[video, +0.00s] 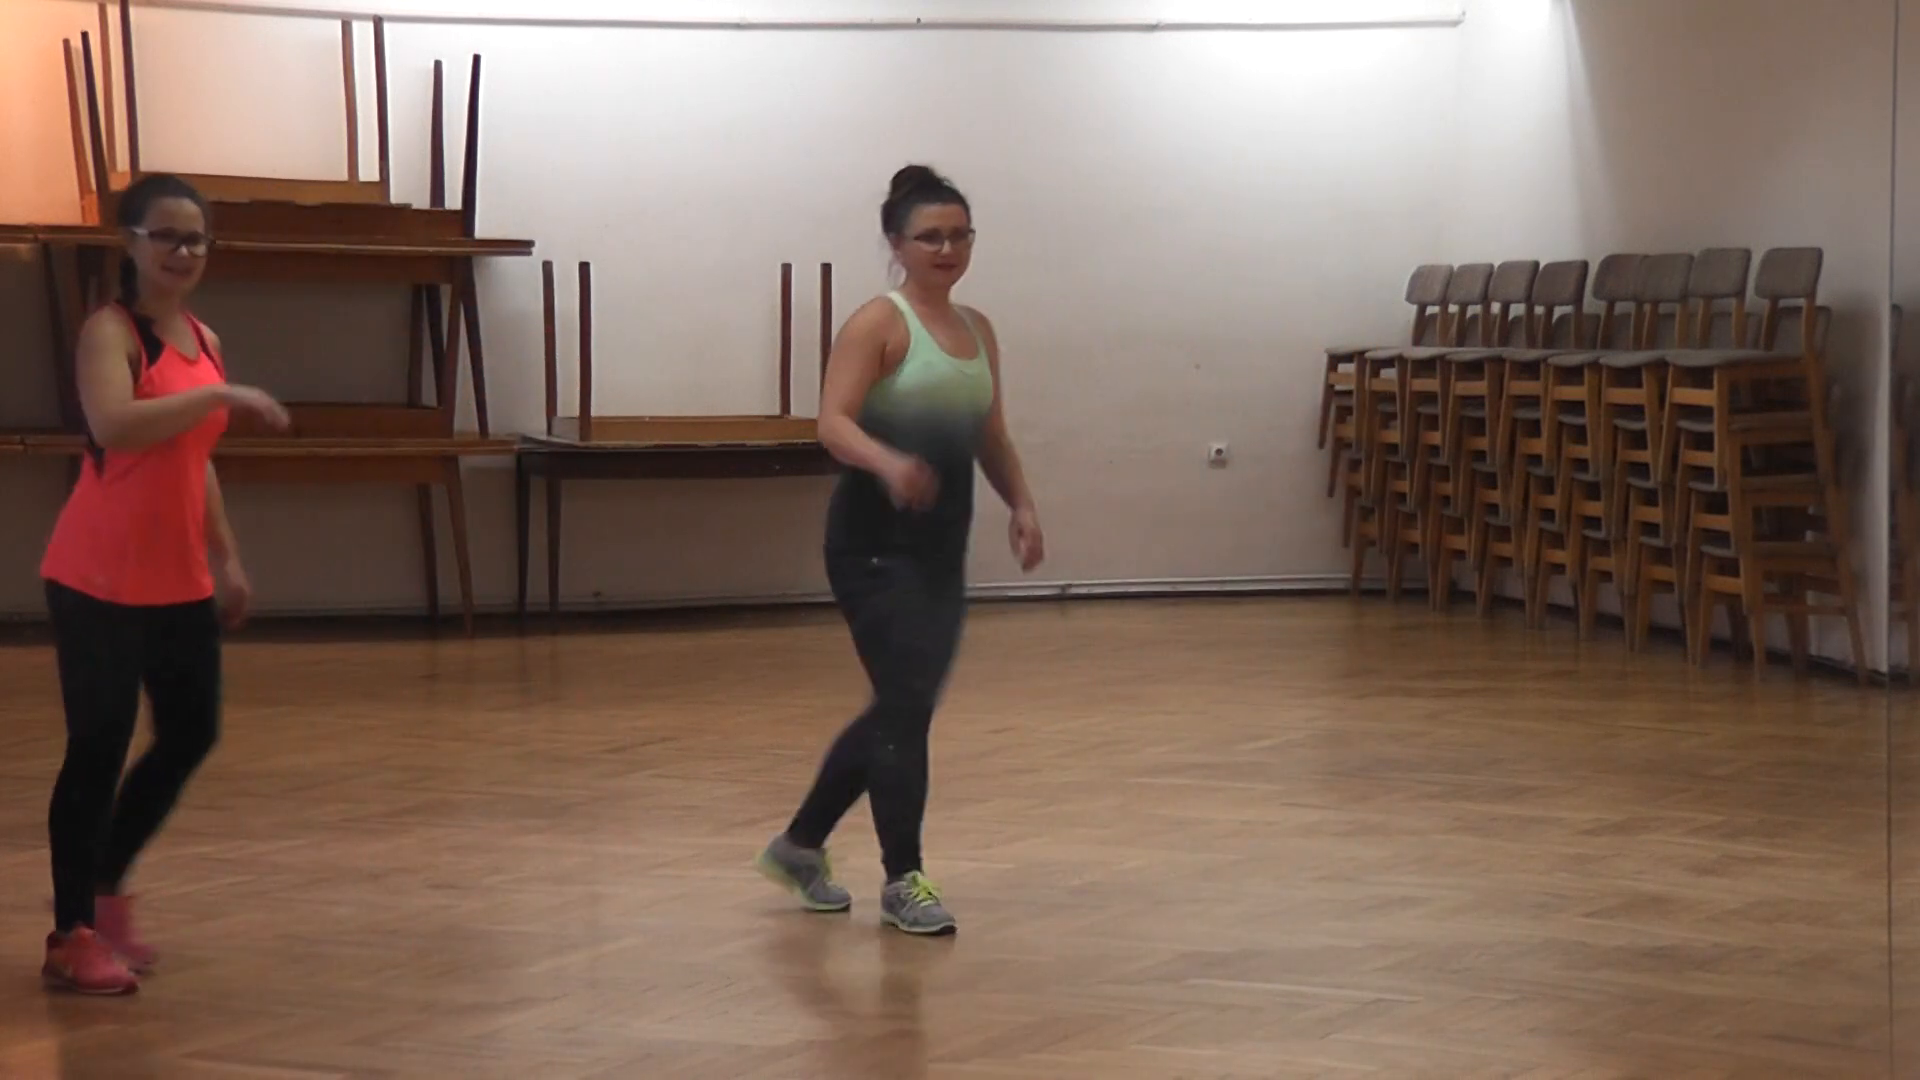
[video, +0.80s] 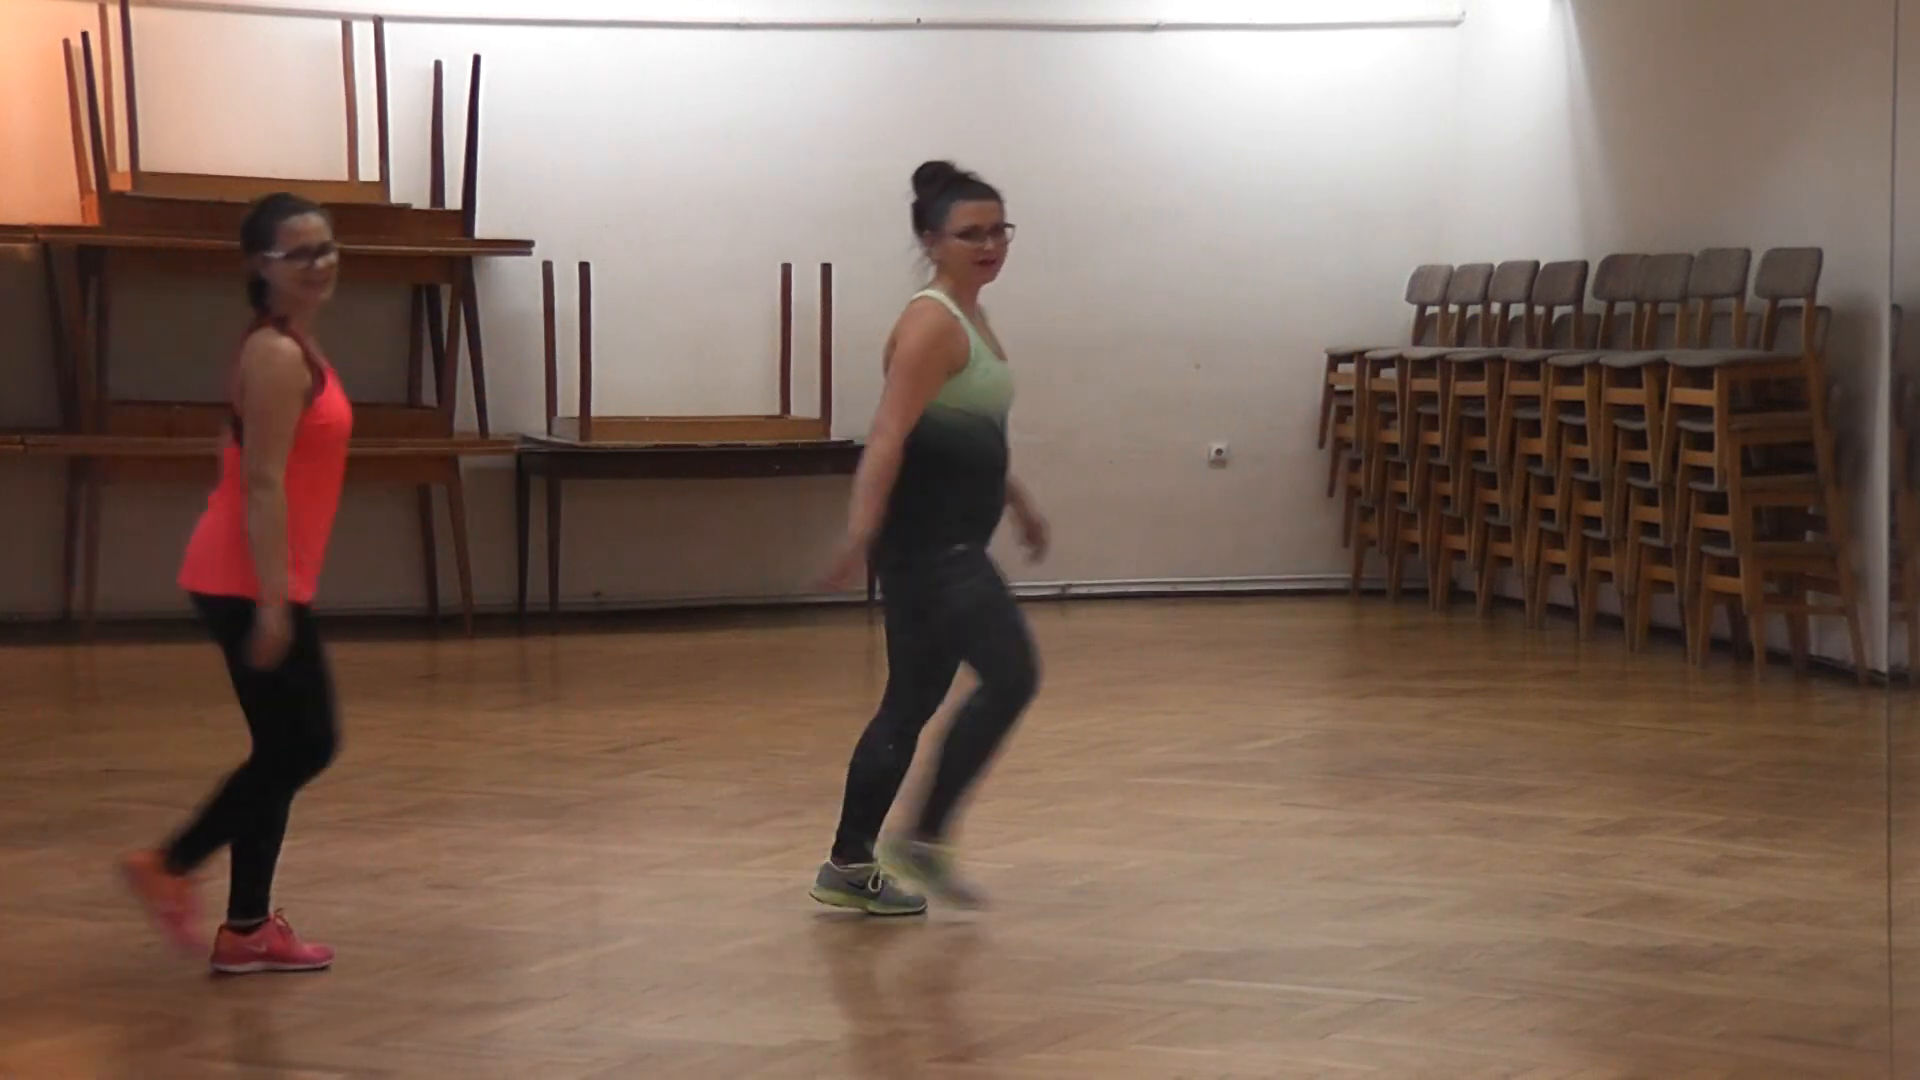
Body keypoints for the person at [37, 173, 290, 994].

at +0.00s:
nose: (182, 252)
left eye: (194, 240)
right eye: (166, 237)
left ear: (208, 250)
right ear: (130, 241)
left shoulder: (200, 338)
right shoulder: (108, 328)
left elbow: (195, 460)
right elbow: (111, 424)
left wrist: (226, 553)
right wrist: (222, 396)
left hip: (178, 577)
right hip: (98, 576)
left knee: (190, 732)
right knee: (97, 744)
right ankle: (72, 932)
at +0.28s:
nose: (179, 265)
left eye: (191, 251)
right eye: (162, 251)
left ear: (202, 255)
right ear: (122, 254)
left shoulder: (173, 342)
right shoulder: (114, 341)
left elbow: (164, 453)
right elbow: (213, 422)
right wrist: (307, 377)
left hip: (147, 583)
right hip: (92, 581)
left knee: (123, 739)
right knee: (110, 739)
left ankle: (51, 906)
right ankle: (18, 904)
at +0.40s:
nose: (199, 259)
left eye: (209, 245)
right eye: (180, 245)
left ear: (217, 248)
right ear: (139, 251)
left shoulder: (152, 335)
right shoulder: (145, 328)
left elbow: (78, 430)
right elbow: (270, 385)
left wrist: (77, 524)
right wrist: (389, 385)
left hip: (150, 579)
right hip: (93, 575)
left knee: (209, 716)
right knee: (67, 738)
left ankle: (116, 875)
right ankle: (1, 910)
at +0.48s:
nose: (215, 272)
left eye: (223, 257)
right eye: (196, 258)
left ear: (229, 259)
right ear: (153, 263)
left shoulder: (153, 346)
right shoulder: (171, 344)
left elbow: (78, 439)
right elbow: (299, 399)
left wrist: (42, 533)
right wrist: (421, 418)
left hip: (159, 584)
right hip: (108, 581)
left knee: (235, 715)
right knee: (51, 743)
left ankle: (192, 897)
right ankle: (1, 916)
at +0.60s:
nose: (244, 299)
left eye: (253, 285)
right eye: (226, 286)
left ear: (260, 289)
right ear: (185, 291)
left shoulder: (182, 376)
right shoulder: (209, 380)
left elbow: (115, 479)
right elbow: (316, 463)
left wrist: (71, 561)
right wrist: (427, 523)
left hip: (194, 617)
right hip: (147, 614)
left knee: (266, 739)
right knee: (71, 764)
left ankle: (244, 927)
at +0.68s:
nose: (273, 294)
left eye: (281, 280)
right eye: (255, 282)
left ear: (289, 283)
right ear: (214, 289)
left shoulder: (213, 371)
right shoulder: (239, 377)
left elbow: (159, 482)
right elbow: (308, 492)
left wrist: (127, 579)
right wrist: (380, 579)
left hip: (228, 612)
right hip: (194, 612)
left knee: (288, 743)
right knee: (167, 767)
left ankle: (248, 928)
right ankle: (19, 895)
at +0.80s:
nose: (321, 264)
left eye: (326, 250)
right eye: (301, 254)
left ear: (334, 256)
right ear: (262, 268)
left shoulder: (292, 347)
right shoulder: (273, 354)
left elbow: (248, 469)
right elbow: (263, 481)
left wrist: (283, 581)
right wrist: (272, 598)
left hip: (263, 579)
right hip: (249, 582)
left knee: (284, 746)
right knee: (305, 740)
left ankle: (248, 927)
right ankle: (167, 865)